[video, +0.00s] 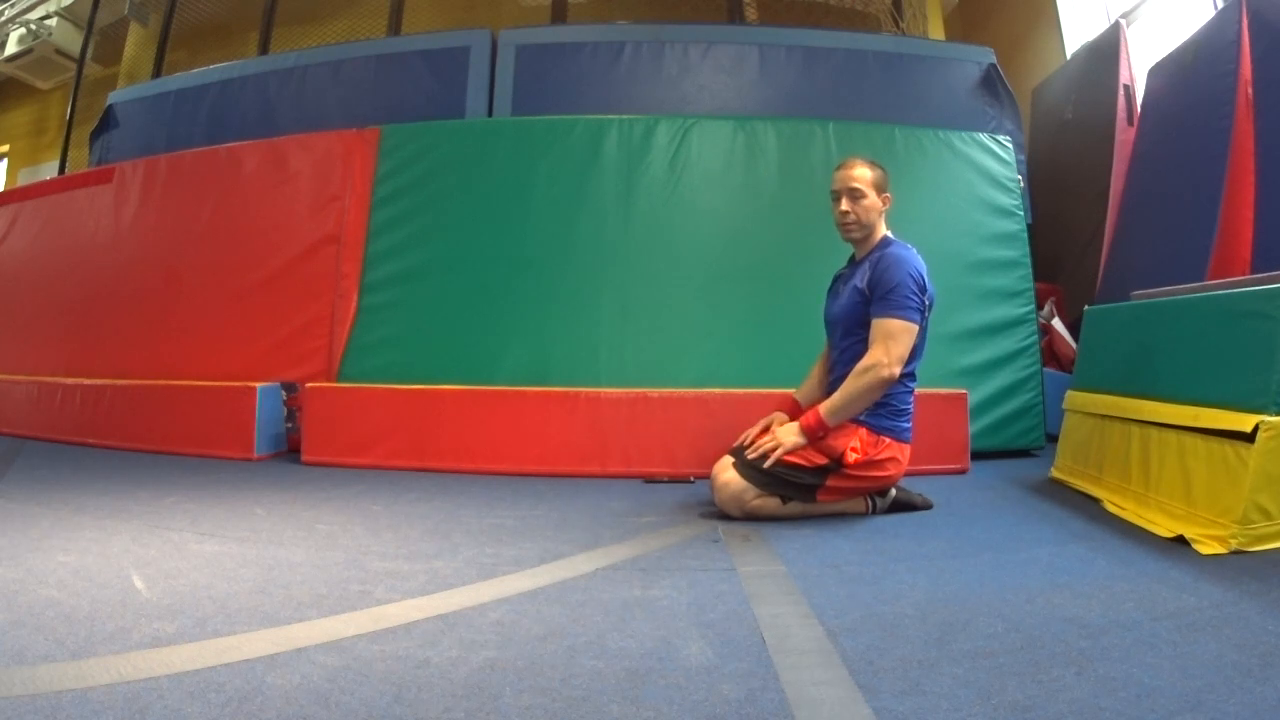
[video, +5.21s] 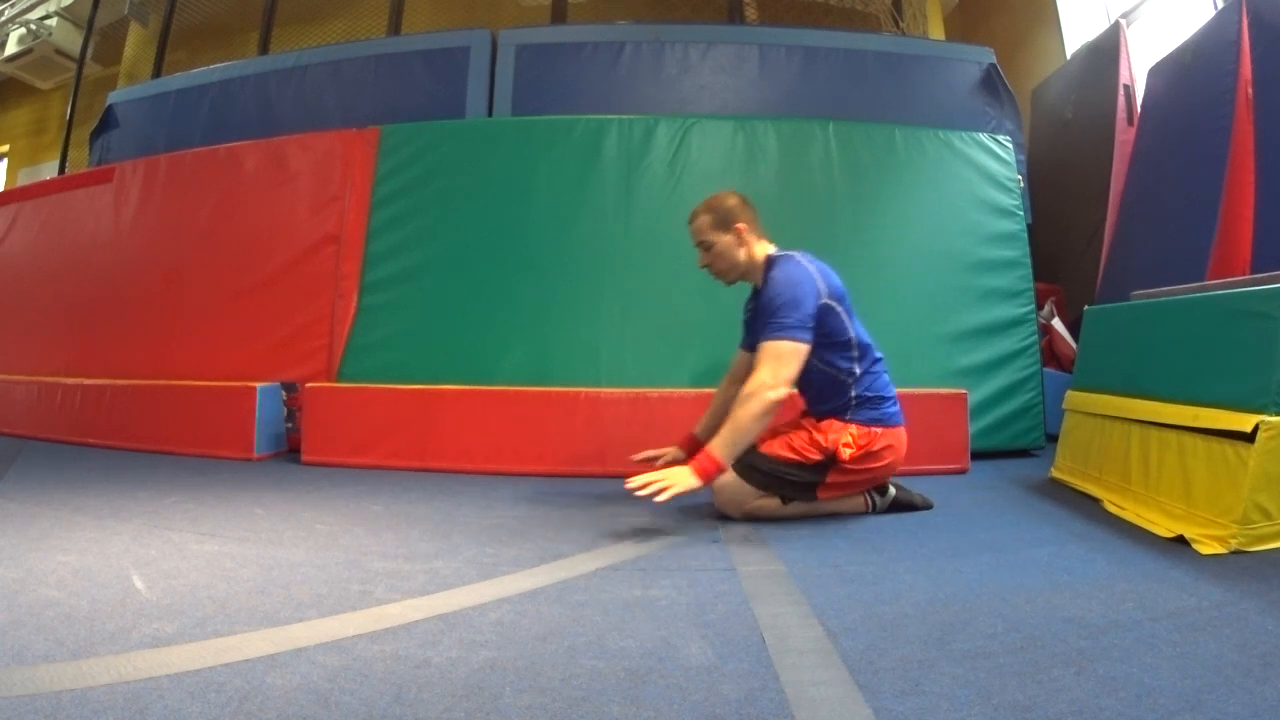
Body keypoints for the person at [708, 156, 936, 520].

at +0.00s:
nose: (843, 207)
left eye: (856, 196)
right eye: (836, 198)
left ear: (884, 202)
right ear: (830, 204)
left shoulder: (898, 263)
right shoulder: (848, 275)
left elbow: (884, 366)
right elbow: (833, 359)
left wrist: (805, 428)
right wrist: (787, 414)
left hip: (872, 443)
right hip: (842, 432)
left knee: (734, 494)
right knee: (724, 475)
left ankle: (869, 502)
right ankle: (859, 489)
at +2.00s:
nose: (835, 210)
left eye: (848, 197)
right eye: (829, 201)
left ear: (877, 202)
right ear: (823, 207)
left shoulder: (895, 263)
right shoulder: (847, 276)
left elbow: (882, 366)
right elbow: (831, 362)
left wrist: (805, 429)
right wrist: (787, 414)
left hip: (872, 444)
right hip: (844, 433)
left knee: (734, 493)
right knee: (724, 475)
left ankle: (869, 502)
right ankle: (859, 489)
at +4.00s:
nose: (832, 213)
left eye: (843, 199)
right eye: (825, 203)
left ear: (874, 201)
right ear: (821, 209)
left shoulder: (895, 263)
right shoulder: (849, 276)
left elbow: (884, 365)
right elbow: (835, 360)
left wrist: (810, 428)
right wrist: (790, 416)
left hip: (872, 443)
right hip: (846, 434)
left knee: (734, 494)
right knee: (726, 474)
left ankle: (869, 502)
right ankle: (862, 492)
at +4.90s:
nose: (786, 228)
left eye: (794, 213)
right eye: (785, 216)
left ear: (829, 207)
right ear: (827, 209)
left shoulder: (870, 266)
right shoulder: (830, 279)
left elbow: (874, 372)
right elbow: (823, 370)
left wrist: (800, 439)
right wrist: (775, 420)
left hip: (873, 446)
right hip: (845, 435)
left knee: (735, 492)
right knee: (726, 474)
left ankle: (872, 502)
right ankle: (860, 492)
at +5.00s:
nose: (765, 235)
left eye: (772, 220)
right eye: (763, 224)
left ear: (807, 212)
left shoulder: (854, 270)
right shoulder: (814, 284)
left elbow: (853, 376)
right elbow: (804, 372)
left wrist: (780, 446)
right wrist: (755, 426)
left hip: (872, 444)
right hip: (843, 434)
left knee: (733, 492)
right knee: (726, 479)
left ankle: (870, 502)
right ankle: (862, 494)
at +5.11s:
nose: (736, 246)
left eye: (742, 232)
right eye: (734, 235)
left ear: (776, 221)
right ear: (776, 223)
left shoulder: (823, 272)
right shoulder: (791, 288)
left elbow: (816, 382)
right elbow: (775, 375)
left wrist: (744, 459)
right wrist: (725, 436)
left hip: (868, 443)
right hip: (838, 436)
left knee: (734, 497)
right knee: (736, 480)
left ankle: (871, 503)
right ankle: (865, 491)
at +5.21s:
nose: (702, 262)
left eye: (707, 248)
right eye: (699, 251)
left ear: (741, 235)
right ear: (738, 239)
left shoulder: (791, 279)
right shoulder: (762, 296)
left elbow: (771, 387)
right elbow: (737, 381)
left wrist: (700, 468)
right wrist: (690, 448)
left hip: (864, 436)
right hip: (833, 427)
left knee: (731, 496)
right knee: (731, 477)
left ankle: (870, 500)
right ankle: (864, 490)